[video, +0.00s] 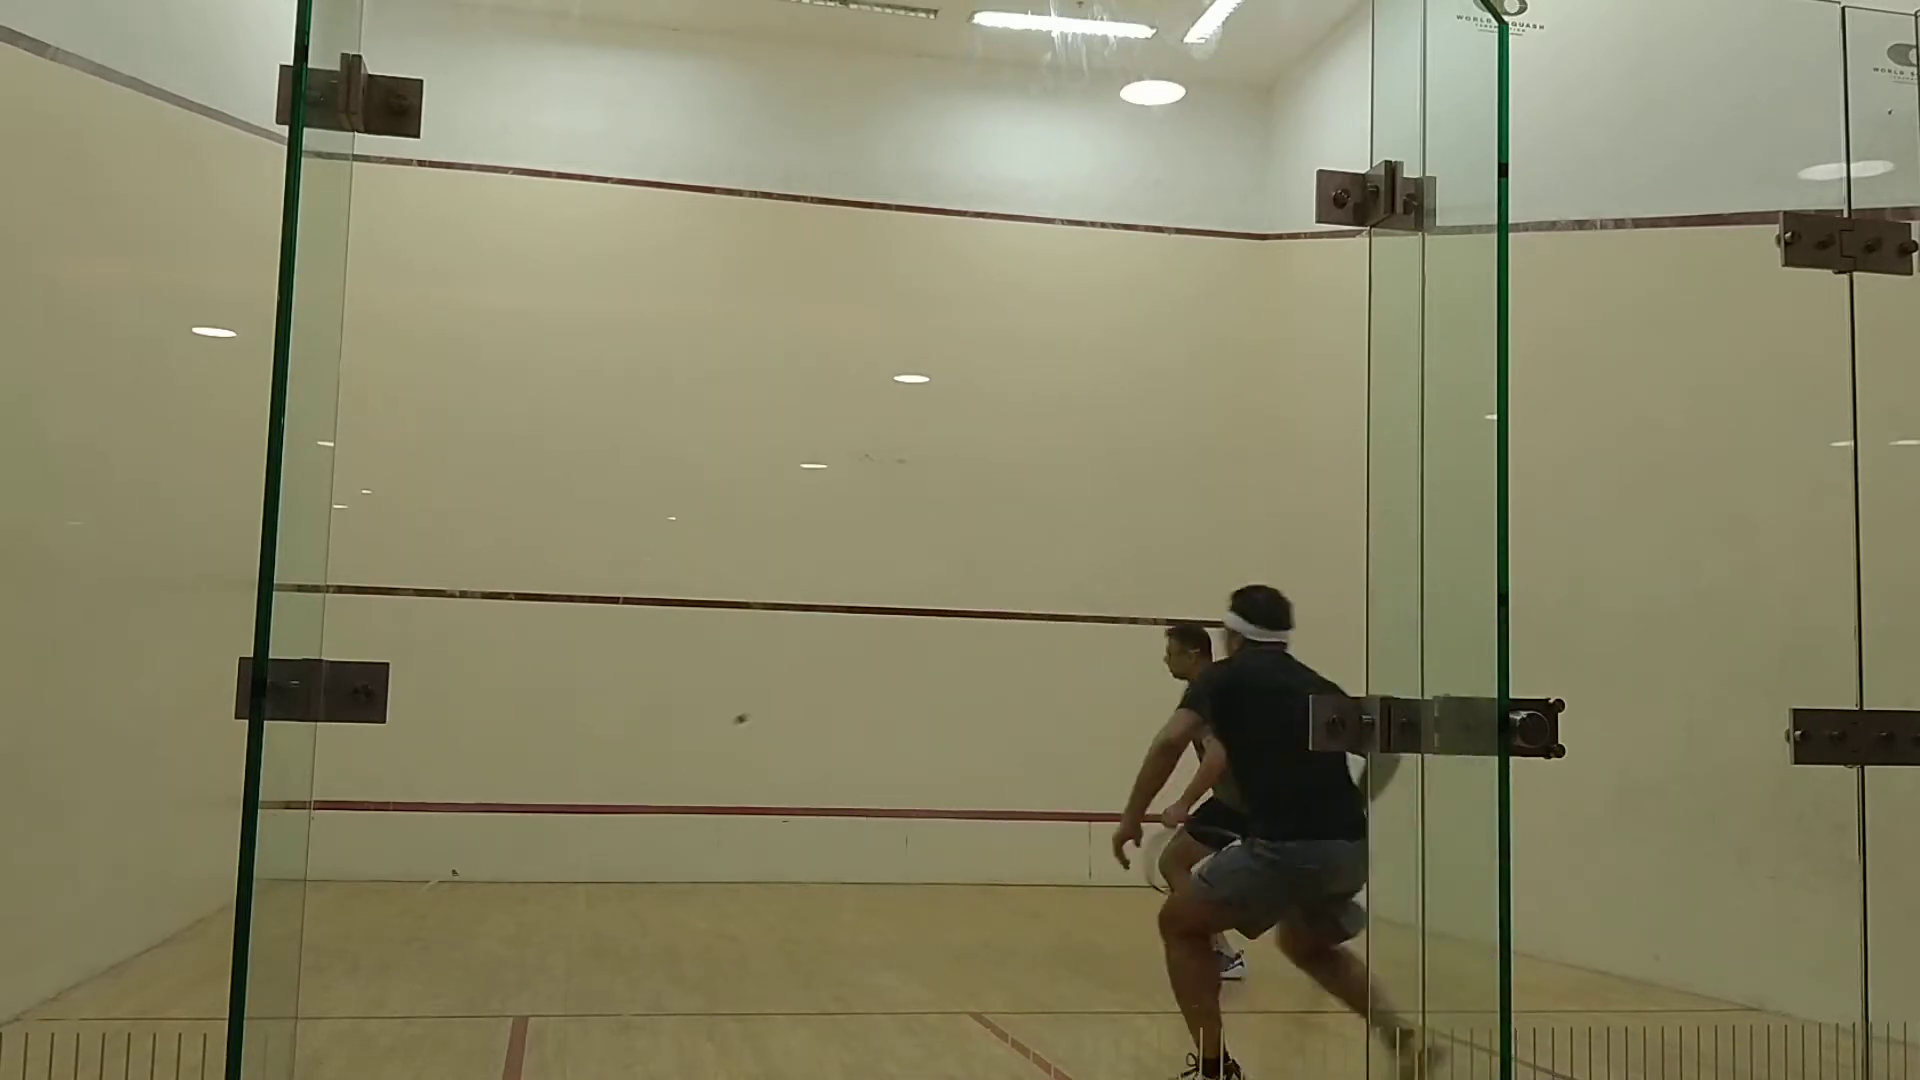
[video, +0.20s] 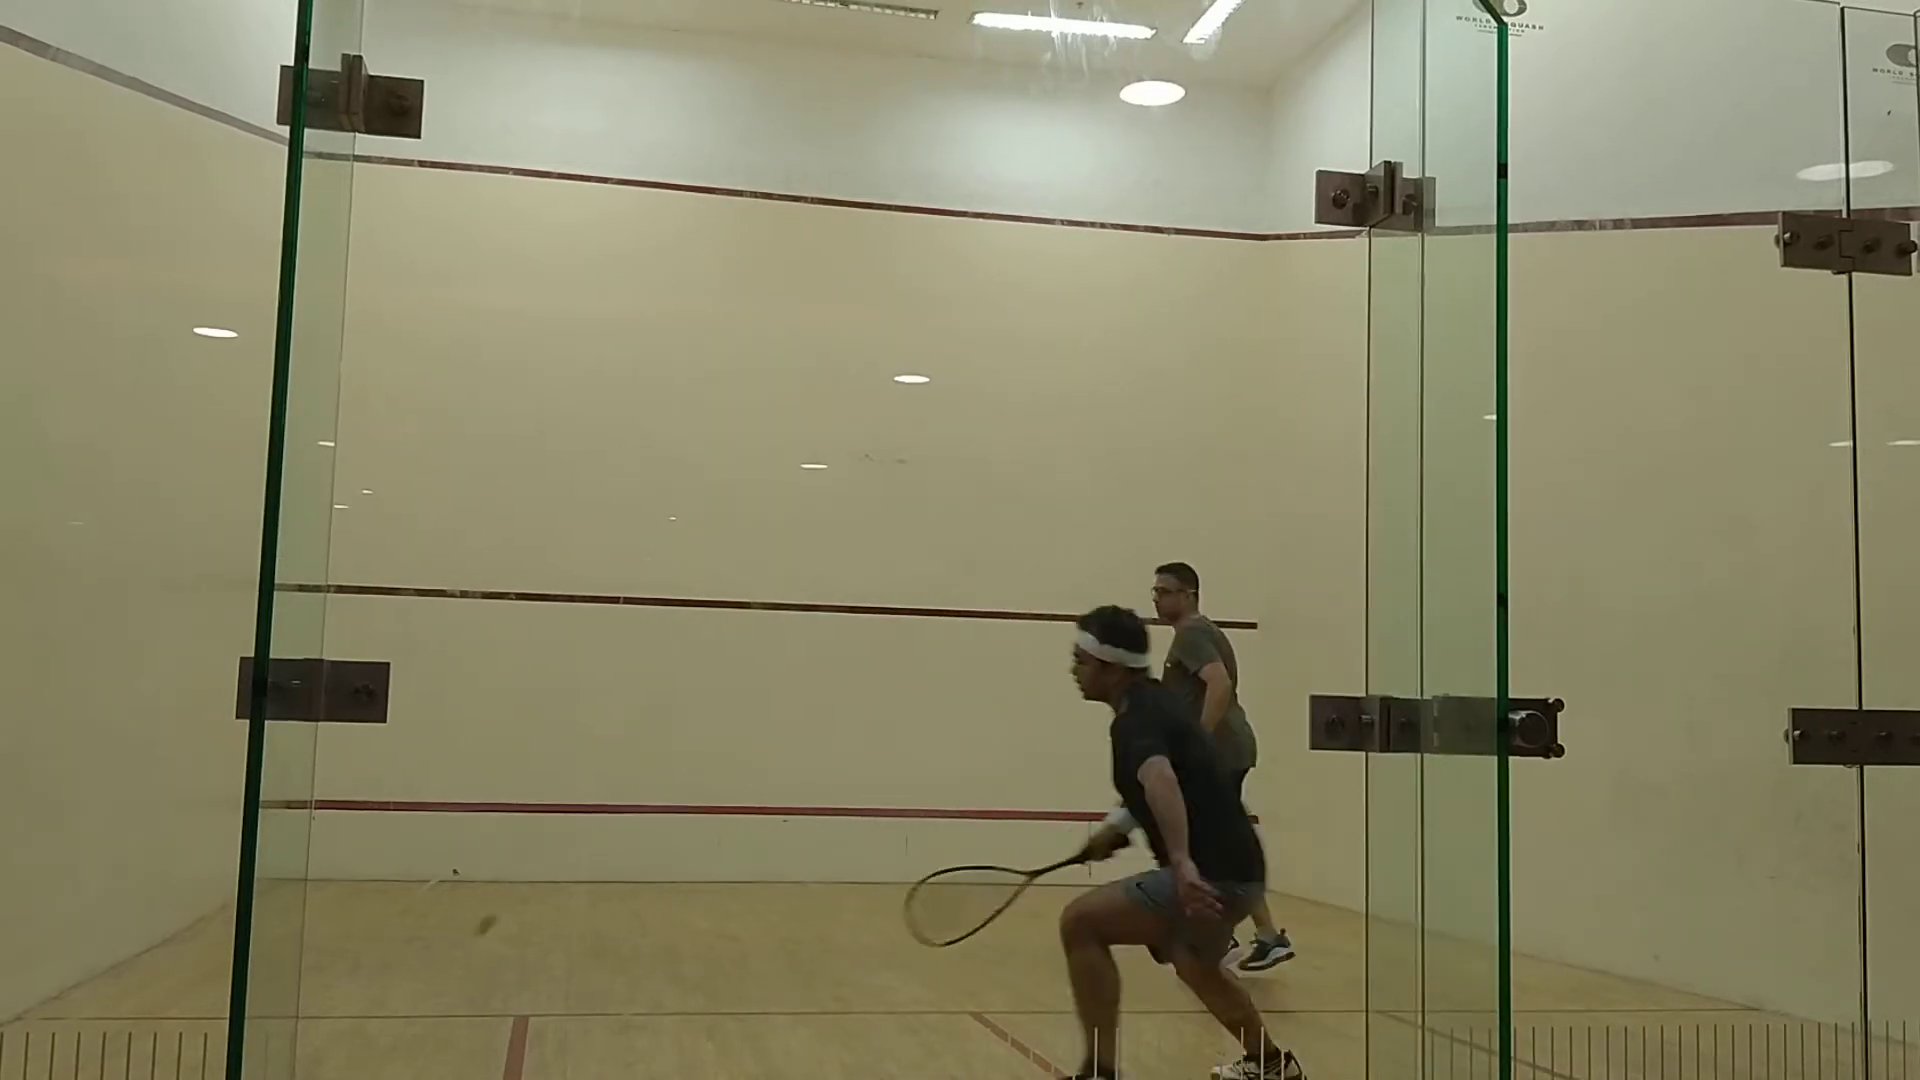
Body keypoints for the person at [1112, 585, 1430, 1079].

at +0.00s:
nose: (1221, 635)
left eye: (1224, 628)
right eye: (1225, 628)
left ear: (1234, 634)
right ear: (1284, 635)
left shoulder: (1220, 678)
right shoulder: (1320, 685)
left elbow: (1169, 742)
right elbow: (1389, 747)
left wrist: (1132, 818)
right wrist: (1358, 807)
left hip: (1283, 850)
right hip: (1350, 848)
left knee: (1181, 923)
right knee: (1303, 943)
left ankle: (1213, 1065)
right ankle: (1404, 1038)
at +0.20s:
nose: (1073, 670)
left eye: (1081, 661)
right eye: (1076, 660)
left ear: (1112, 668)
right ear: (1119, 667)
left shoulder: (1137, 716)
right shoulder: (1156, 702)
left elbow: (1162, 784)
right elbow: (1166, 786)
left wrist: (1181, 864)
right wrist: (1116, 829)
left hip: (1209, 877)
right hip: (1232, 874)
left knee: (1081, 922)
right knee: (1192, 960)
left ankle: (1099, 1069)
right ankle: (1268, 1058)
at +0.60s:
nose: (1114, 597)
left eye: (1125, 591)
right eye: (1111, 589)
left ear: (1145, 598)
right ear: (1108, 593)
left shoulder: (1147, 645)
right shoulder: (1120, 642)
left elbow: (1133, 715)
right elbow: (1116, 715)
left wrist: (1101, 771)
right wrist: (1099, 772)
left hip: (1139, 773)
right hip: (1121, 772)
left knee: (1118, 865)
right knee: (1101, 863)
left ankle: (1138, 977)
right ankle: (1178, 942)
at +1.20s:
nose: (972, 589)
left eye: (983, 583)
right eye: (968, 582)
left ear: (1004, 587)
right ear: (964, 588)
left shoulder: (1010, 638)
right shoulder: (974, 640)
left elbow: (1030, 706)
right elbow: (963, 712)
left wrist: (1027, 774)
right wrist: (936, 762)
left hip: (985, 774)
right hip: (966, 774)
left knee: (942, 860)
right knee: (971, 869)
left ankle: (970, 977)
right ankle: (1032, 961)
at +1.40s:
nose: (926, 571)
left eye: (936, 565)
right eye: (922, 564)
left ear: (958, 569)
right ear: (919, 570)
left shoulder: (961, 616)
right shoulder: (943, 617)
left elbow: (977, 685)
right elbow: (936, 694)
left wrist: (968, 754)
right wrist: (913, 755)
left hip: (945, 762)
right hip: (928, 760)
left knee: (926, 851)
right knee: (918, 849)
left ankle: (965, 964)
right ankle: (943, 953)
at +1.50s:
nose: (902, 572)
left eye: (912, 565)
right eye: (898, 565)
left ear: (935, 568)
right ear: (898, 570)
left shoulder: (936, 615)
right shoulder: (924, 616)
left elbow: (945, 687)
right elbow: (923, 694)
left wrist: (926, 754)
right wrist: (899, 755)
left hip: (929, 762)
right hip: (913, 760)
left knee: (916, 853)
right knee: (899, 850)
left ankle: (963, 962)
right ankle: (880, 957)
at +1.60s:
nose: (883, 585)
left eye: (892, 578)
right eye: (878, 578)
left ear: (914, 582)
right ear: (876, 583)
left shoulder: (916, 627)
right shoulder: (906, 628)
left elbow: (919, 697)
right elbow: (903, 707)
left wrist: (884, 762)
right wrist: (881, 773)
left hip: (913, 773)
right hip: (900, 772)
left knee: (891, 864)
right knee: (872, 858)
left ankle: (957, 962)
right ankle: (864, 966)